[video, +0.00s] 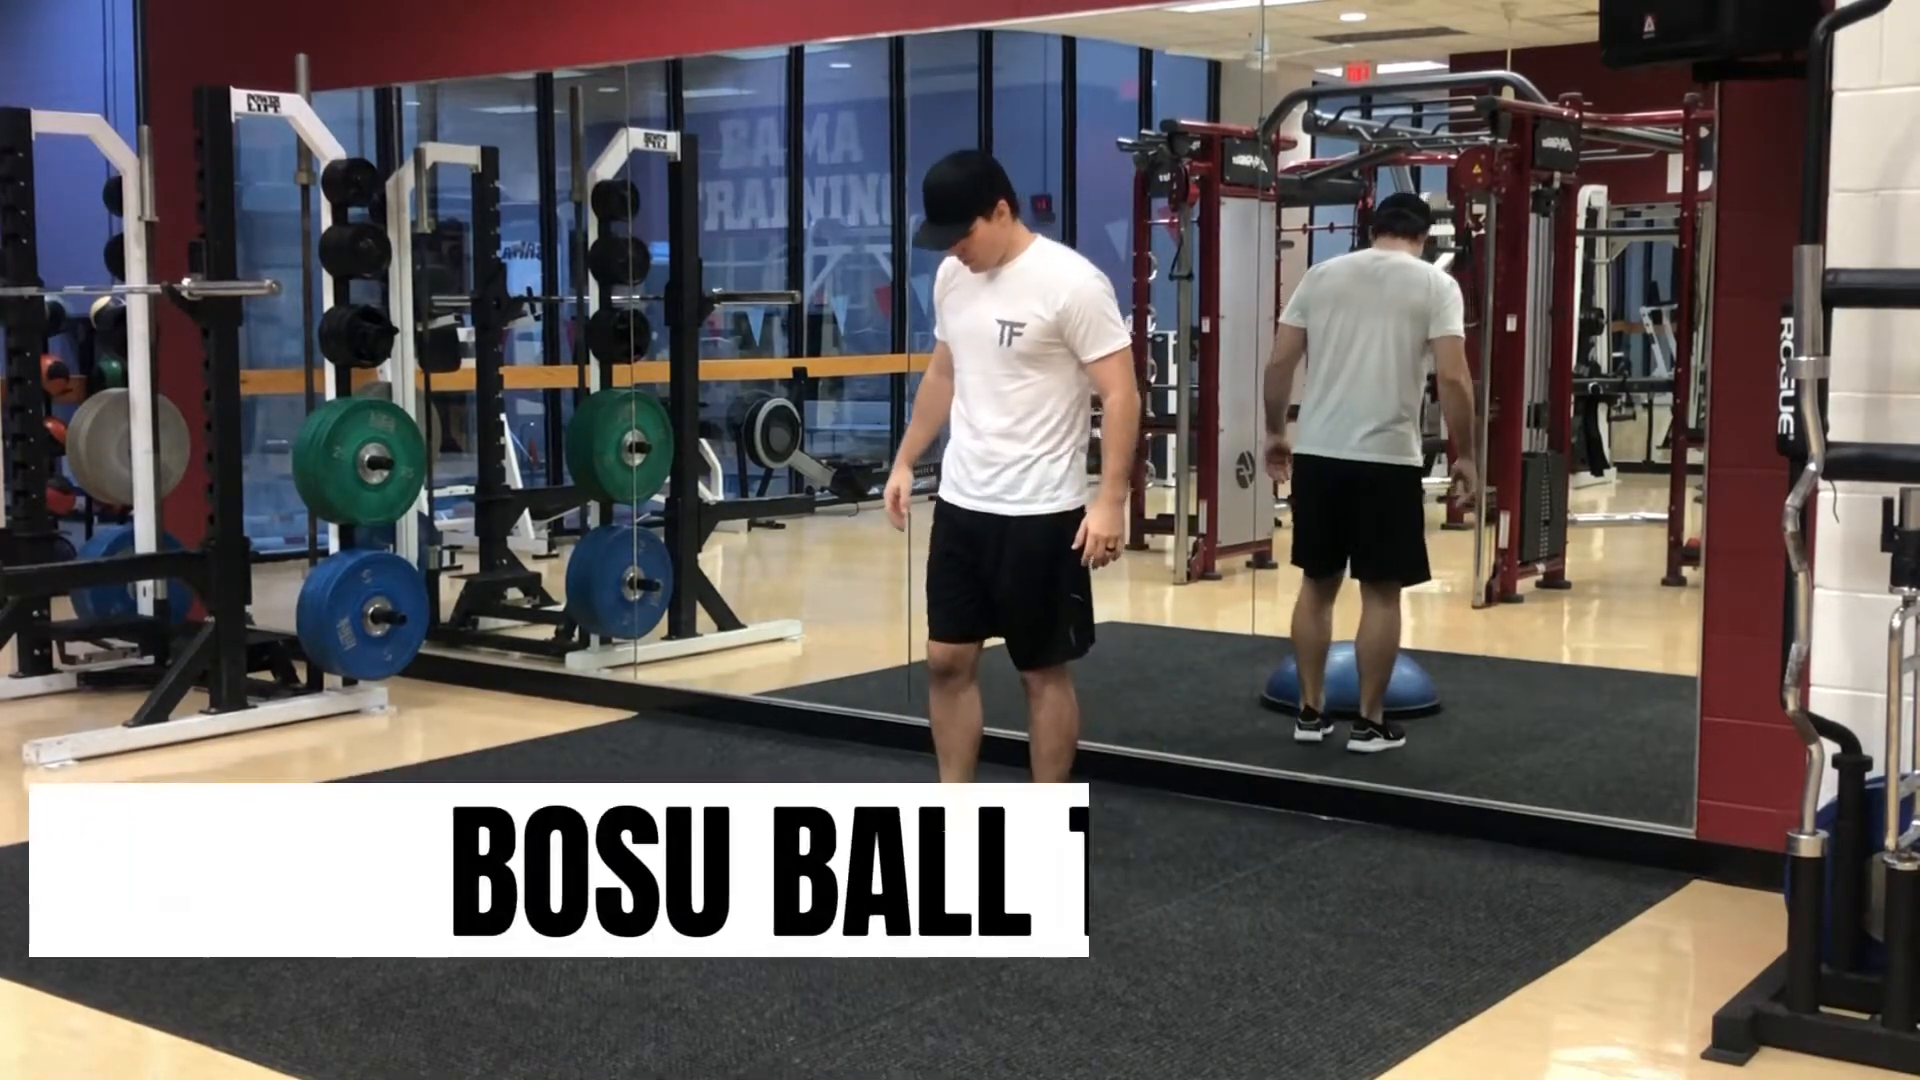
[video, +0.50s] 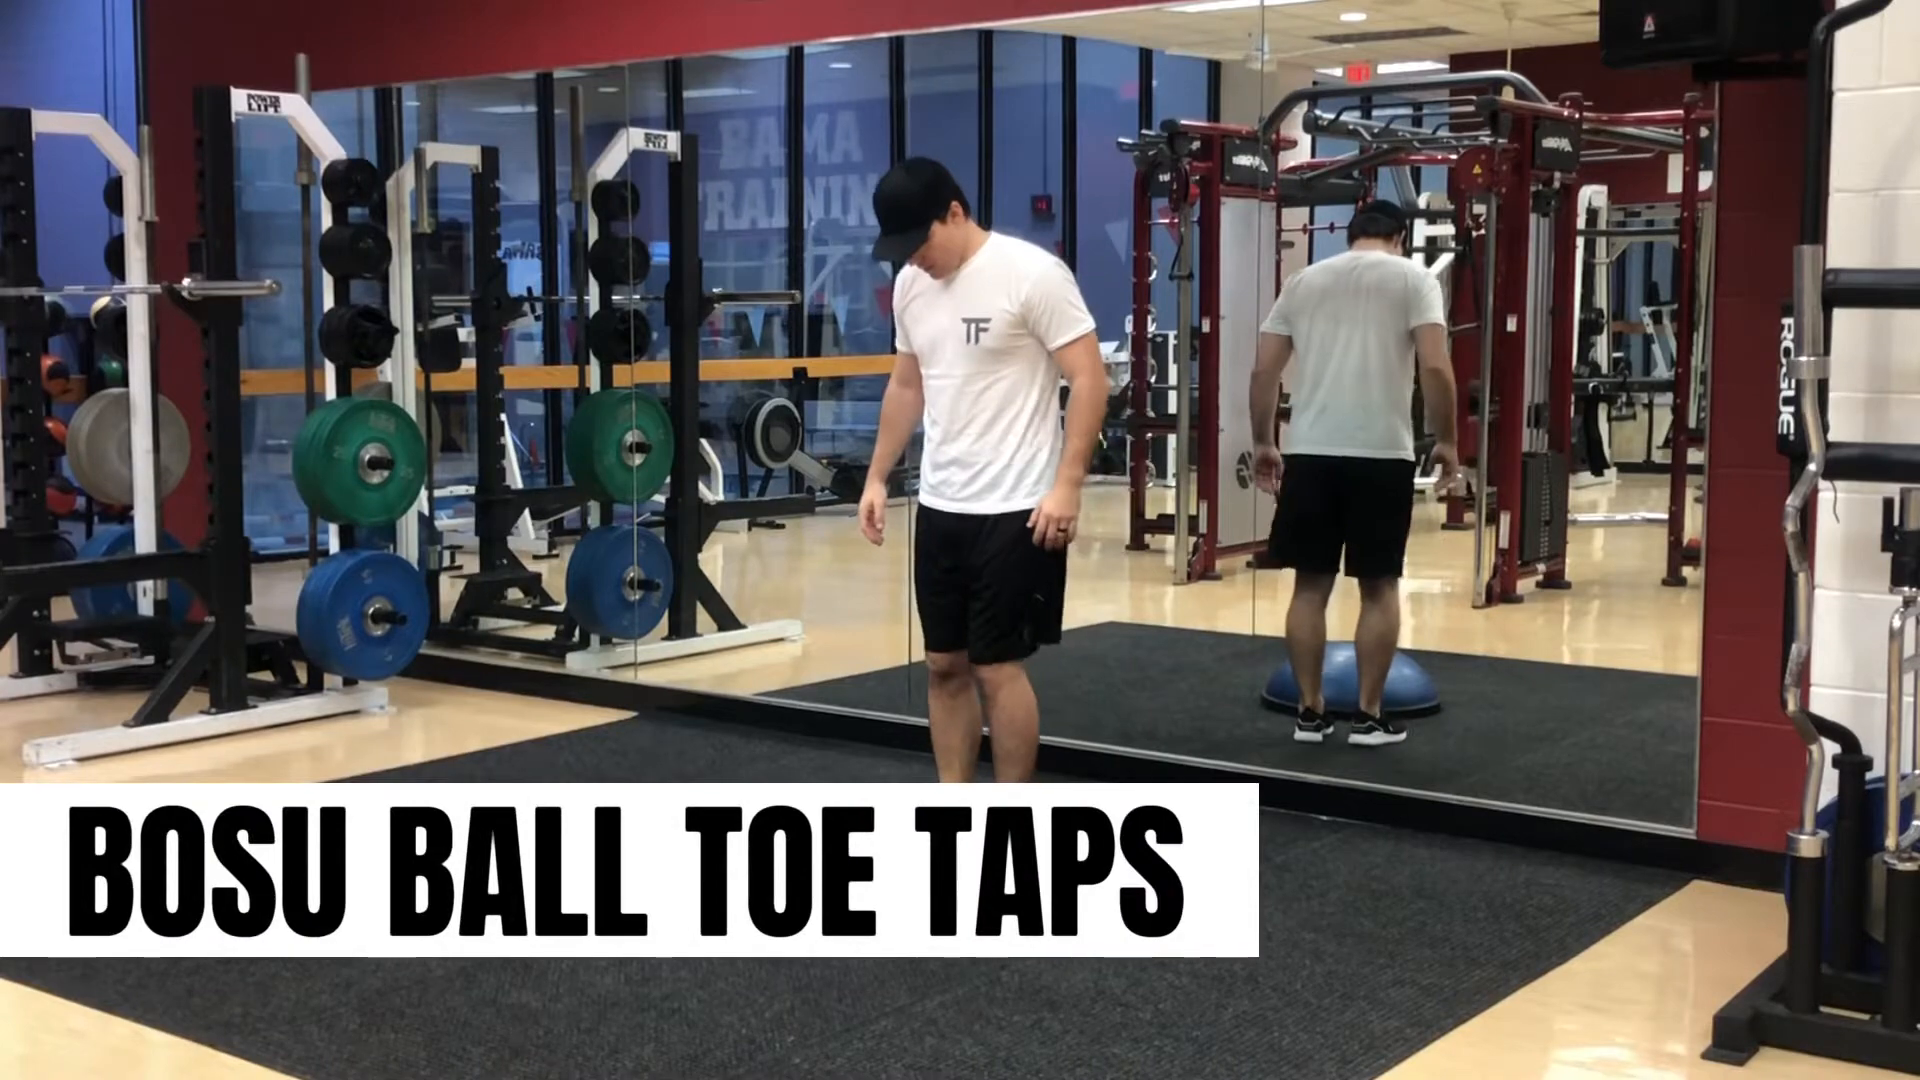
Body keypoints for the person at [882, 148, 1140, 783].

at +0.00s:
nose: (955, 249)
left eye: (962, 235)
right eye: (948, 239)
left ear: (1001, 210)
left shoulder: (1074, 283)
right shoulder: (952, 275)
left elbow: (1122, 395)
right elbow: (943, 373)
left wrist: (1111, 499)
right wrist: (904, 460)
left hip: (1042, 514)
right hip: (961, 508)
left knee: (1043, 673)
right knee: (947, 663)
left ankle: (1049, 816)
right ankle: (954, 807)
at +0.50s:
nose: (913, 260)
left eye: (918, 244)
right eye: (904, 250)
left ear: (954, 215)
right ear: (894, 235)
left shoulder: (1033, 275)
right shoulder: (911, 284)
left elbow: (1090, 380)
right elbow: (906, 384)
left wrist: (1067, 487)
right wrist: (877, 475)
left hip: (1018, 509)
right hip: (941, 508)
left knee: (998, 667)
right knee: (946, 667)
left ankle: (1012, 812)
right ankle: (953, 809)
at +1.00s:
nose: (926, 252)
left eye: (931, 236)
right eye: (919, 242)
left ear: (971, 211)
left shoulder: (1049, 277)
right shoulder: (937, 279)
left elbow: (1101, 384)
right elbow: (941, 377)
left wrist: (1072, 491)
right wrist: (905, 468)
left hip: (1022, 518)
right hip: (945, 506)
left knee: (1010, 677)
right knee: (882, 629)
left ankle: (1015, 813)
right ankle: (885, 789)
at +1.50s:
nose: (926, 248)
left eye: (931, 232)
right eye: (919, 237)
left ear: (971, 207)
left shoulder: (1046, 276)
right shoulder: (935, 276)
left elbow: (1096, 385)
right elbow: (934, 378)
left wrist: (1063, 493)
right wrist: (900, 469)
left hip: (1014, 518)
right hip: (939, 497)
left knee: (1001, 675)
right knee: (855, 597)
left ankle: (1012, 815)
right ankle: (822, 763)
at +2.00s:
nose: (905, 248)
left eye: (911, 232)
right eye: (899, 237)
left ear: (951, 208)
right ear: (941, 212)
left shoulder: (1030, 274)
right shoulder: (919, 279)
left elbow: (1084, 381)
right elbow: (918, 380)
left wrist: (1063, 493)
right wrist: (880, 466)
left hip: (1004, 516)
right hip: (925, 496)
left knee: (992, 676)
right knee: (846, 605)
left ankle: (1013, 812)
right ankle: (821, 766)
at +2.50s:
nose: (847, 241)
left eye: (852, 225)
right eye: (839, 230)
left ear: (892, 203)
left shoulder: (966, 267)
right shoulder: (854, 266)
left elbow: (1056, 339)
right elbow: (865, 347)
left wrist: (987, 398)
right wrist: (810, 385)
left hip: (945, 502)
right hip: (865, 485)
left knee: (947, 659)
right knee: (778, 592)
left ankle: (997, 798)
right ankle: (812, 737)